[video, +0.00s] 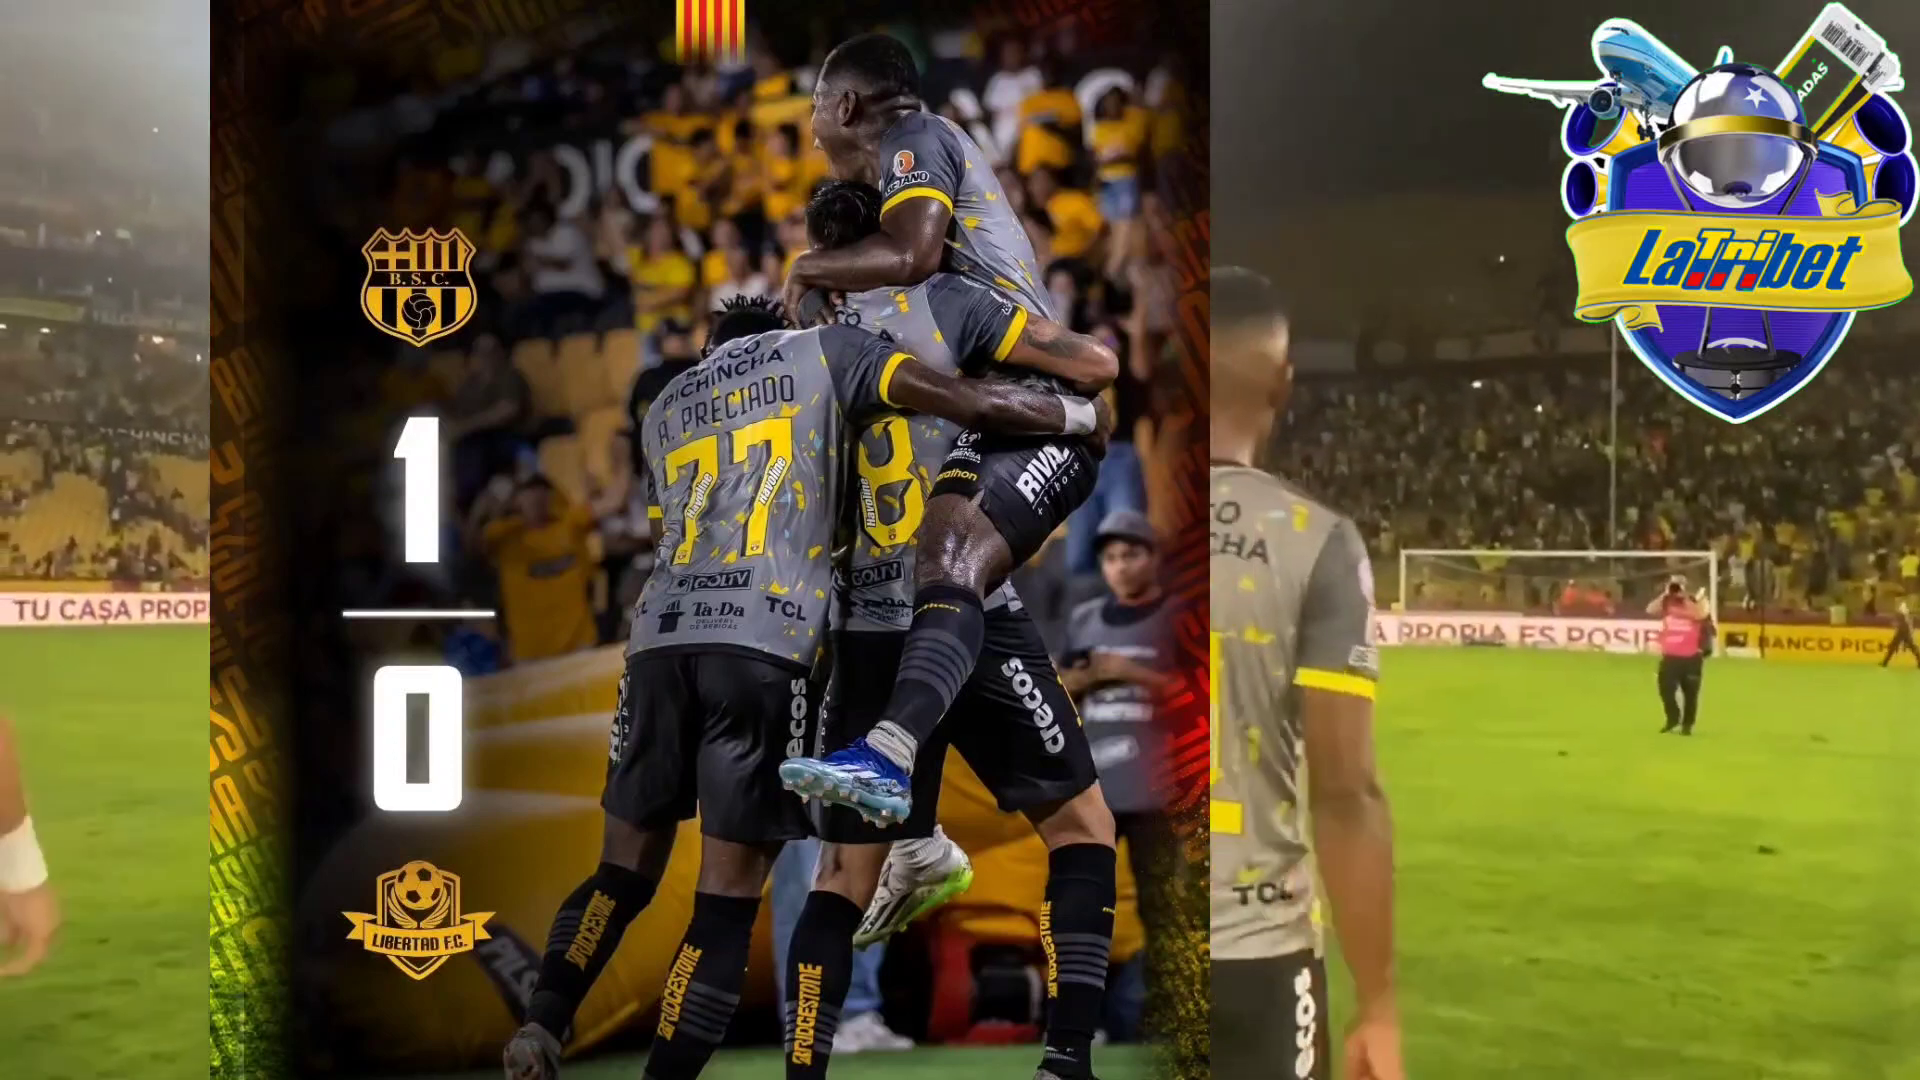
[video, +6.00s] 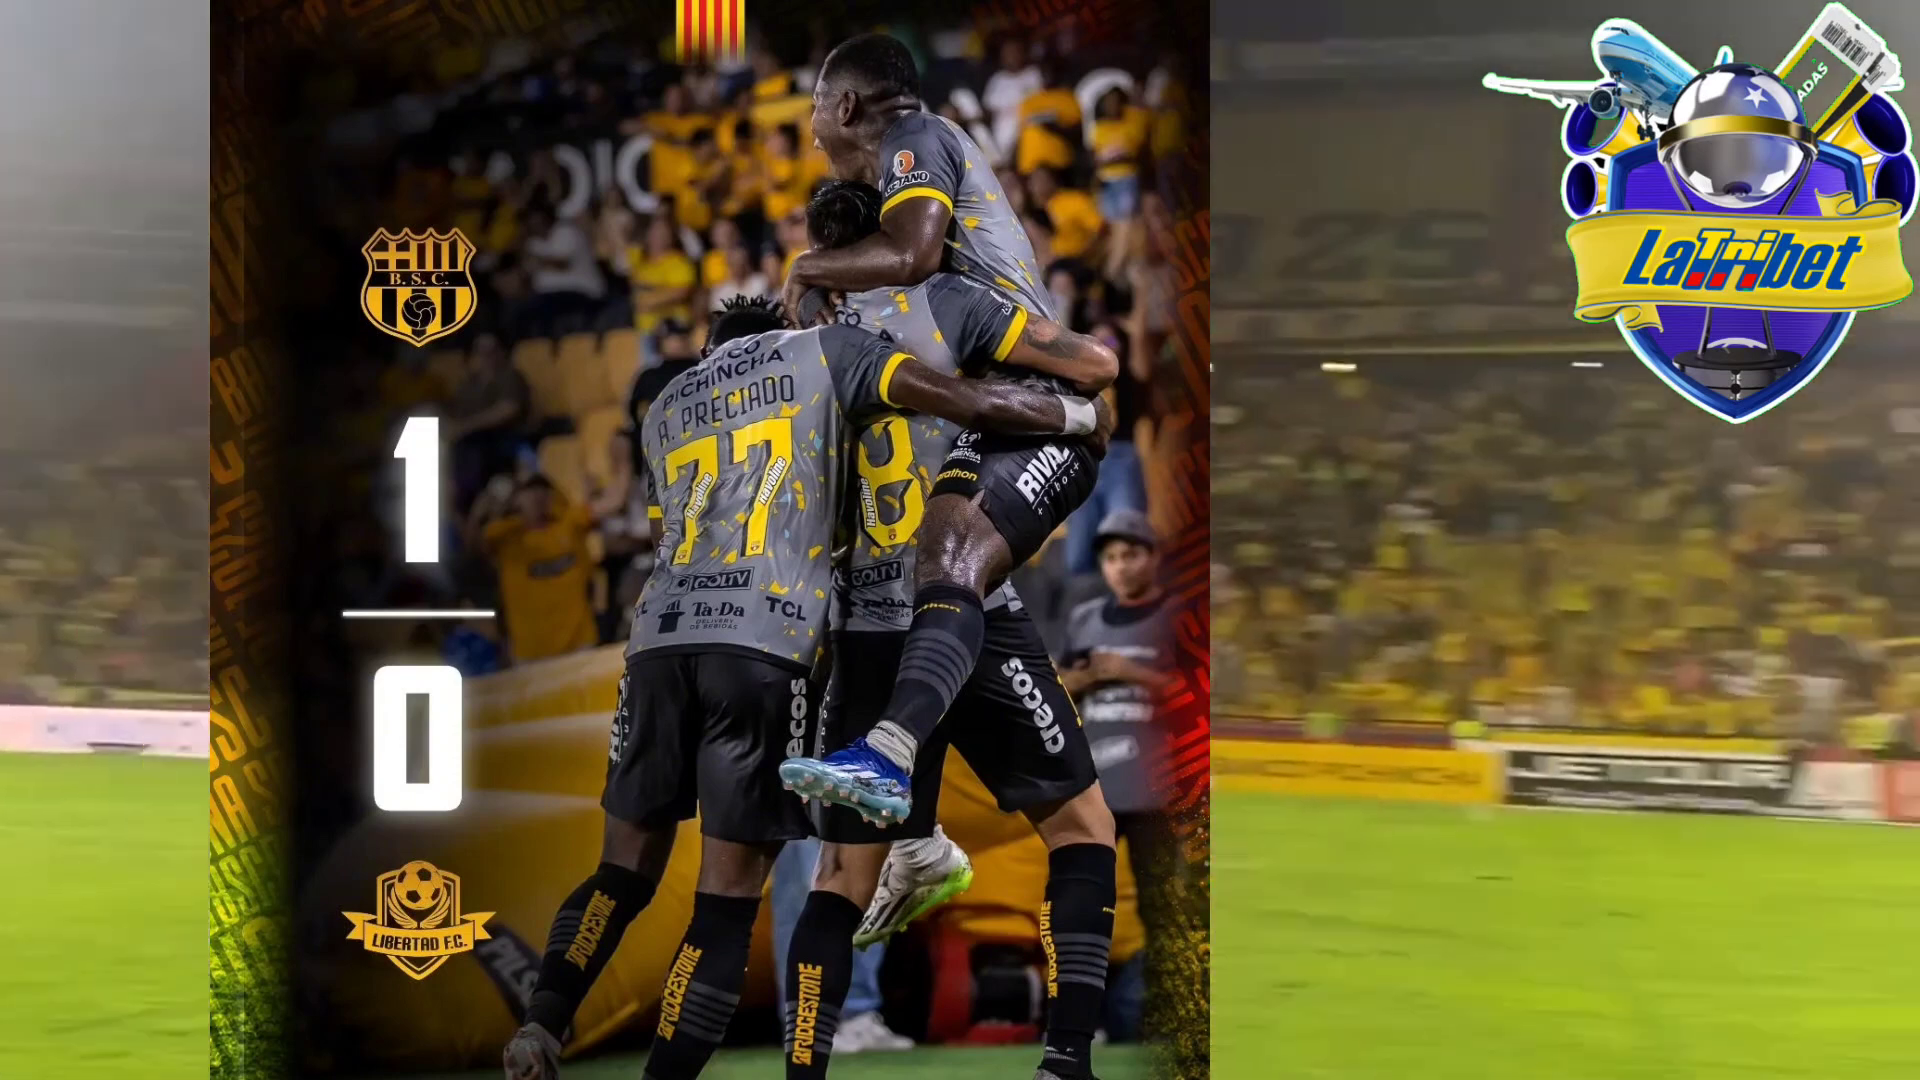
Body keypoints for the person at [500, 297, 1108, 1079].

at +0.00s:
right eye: (804, 317)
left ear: (708, 345)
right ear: (787, 323)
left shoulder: (661, 407)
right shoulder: (830, 348)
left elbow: (679, 519)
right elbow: (972, 400)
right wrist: (1089, 418)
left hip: (657, 648)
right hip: (761, 648)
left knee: (623, 868)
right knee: (726, 894)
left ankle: (543, 1026)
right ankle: (667, 1075)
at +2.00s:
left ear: (708, 345)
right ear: (786, 324)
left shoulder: (660, 405)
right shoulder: (830, 348)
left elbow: (680, 515)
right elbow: (971, 400)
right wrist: (1088, 419)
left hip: (657, 647)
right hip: (762, 648)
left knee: (622, 867)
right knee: (726, 893)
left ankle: (542, 1026)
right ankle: (667, 1074)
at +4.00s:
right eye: (807, 318)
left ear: (707, 345)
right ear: (787, 325)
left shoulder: (660, 405)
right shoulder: (830, 348)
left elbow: (680, 516)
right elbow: (971, 400)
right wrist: (1088, 418)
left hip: (656, 648)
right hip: (761, 648)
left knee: (623, 867)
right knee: (726, 892)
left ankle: (542, 1027)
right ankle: (667, 1075)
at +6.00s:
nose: (826, 325)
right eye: (814, 319)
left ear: (710, 345)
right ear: (793, 324)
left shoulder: (661, 406)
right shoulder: (829, 348)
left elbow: (682, 519)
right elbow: (970, 399)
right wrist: (1086, 418)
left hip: (657, 648)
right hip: (762, 649)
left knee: (623, 865)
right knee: (727, 892)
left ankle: (542, 1027)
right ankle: (667, 1075)